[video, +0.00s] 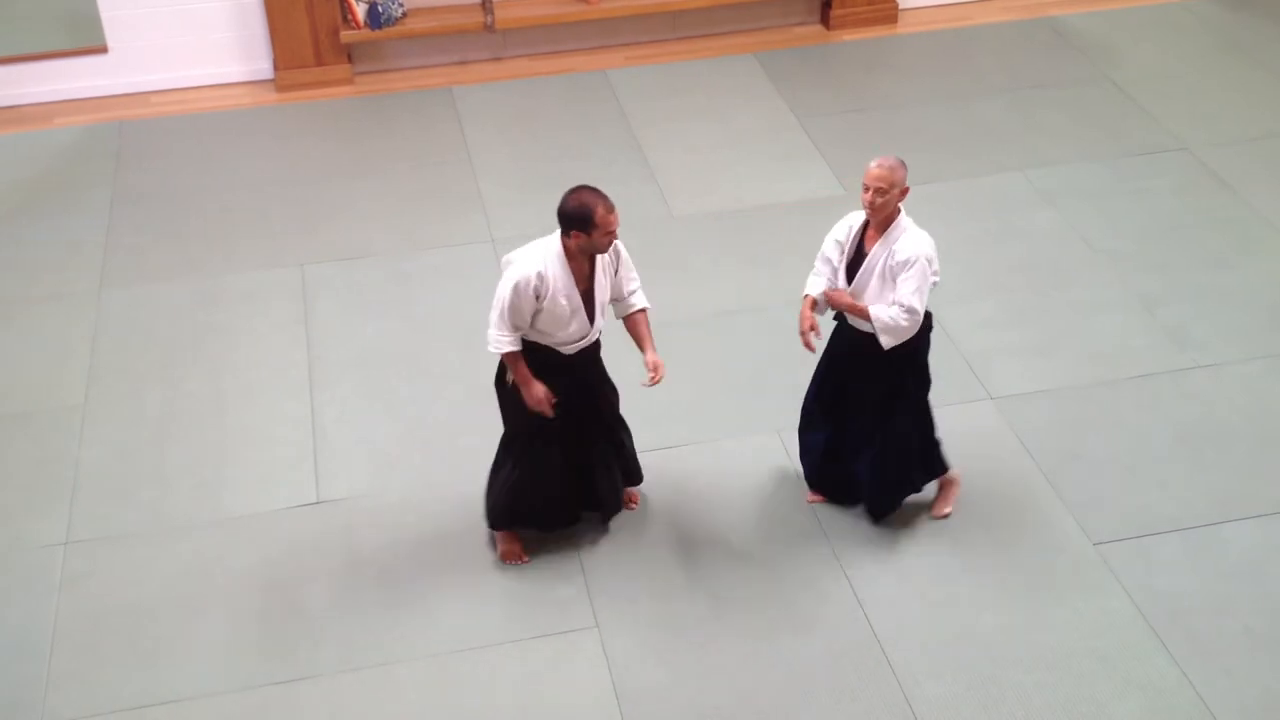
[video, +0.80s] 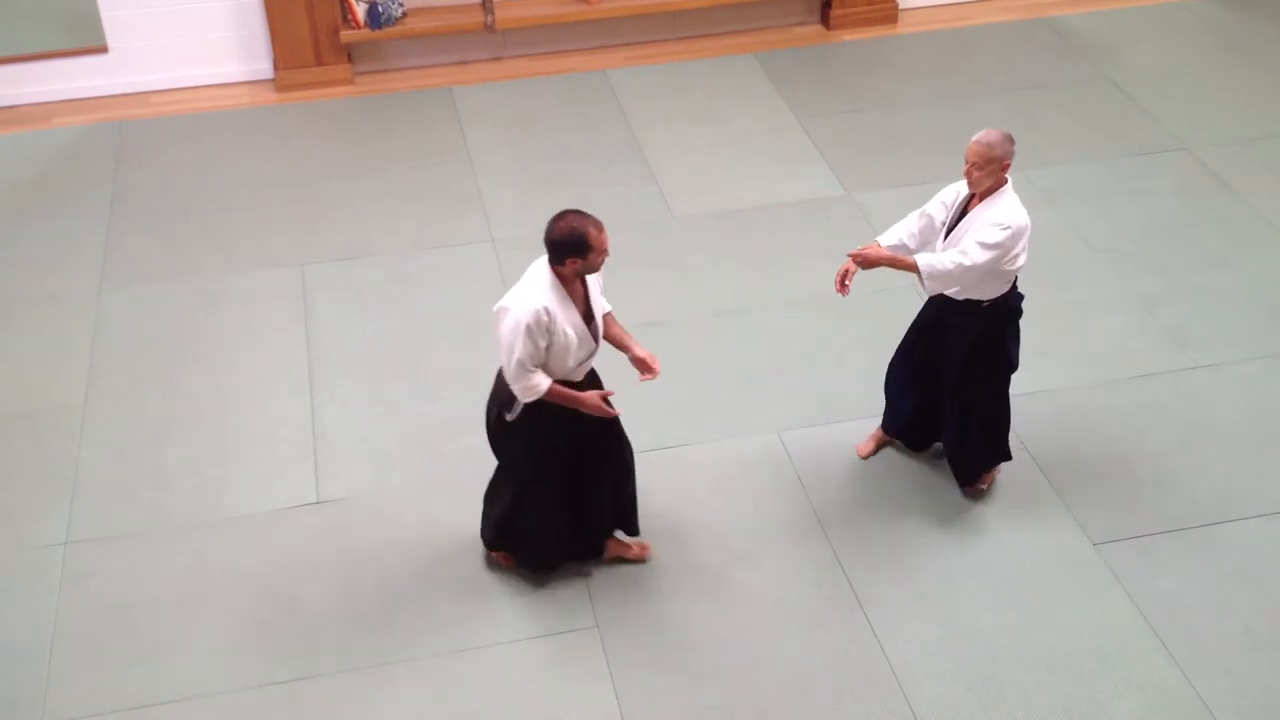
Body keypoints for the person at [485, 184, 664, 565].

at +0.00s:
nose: (614, 236)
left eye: (615, 228)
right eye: (607, 232)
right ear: (575, 237)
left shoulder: (611, 251)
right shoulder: (528, 271)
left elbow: (630, 300)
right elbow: (501, 335)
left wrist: (649, 350)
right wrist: (527, 384)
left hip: (584, 356)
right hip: (533, 364)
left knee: (605, 420)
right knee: (527, 442)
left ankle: (615, 483)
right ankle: (504, 524)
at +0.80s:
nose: (606, 255)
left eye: (605, 249)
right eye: (601, 253)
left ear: (574, 261)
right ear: (573, 263)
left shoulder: (585, 274)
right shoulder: (527, 309)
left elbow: (601, 315)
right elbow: (522, 378)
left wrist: (631, 348)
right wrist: (578, 399)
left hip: (580, 384)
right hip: (529, 403)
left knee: (609, 451)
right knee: (530, 472)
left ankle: (601, 538)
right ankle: (502, 542)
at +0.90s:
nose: (626, 255)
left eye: (625, 249)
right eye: (621, 252)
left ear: (594, 259)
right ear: (595, 262)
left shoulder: (601, 275)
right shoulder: (551, 312)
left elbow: (615, 318)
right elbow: (551, 384)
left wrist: (654, 346)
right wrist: (610, 400)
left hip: (597, 396)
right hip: (552, 411)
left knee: (621, 469)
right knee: (553, 482)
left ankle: (627, 549)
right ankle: (508, 526)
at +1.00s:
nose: (646, 249)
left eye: (645, 243)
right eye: (642, 246)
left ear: (615, 254)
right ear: (618, 257)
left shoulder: (617, 272)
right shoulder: (576, 310)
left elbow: (636, 315)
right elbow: (587, 385)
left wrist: (679, 336)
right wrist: (645, 394)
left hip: (610, 400)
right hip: (571, 414)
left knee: (633, 475)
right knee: (581, 493)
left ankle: (629, 553)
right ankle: (523, 522)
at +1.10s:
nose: (665, 240)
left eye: (663, 234)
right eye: (660, 236)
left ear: (632, 245)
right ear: (638, 248)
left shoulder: (625, 268)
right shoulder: (601, 304)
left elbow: (657, 309)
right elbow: (632, 377)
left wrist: (704, 321)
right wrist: (691, 377)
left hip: (619, 394)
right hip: (587, 405)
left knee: (640, 470)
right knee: (593, 485)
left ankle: (633, 550)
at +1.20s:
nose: (679, 238)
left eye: (677, 232)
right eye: (675, 234)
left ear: (643, 242)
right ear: (655, 247)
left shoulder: (628, 268)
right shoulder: (628, 302)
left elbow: (675, 303)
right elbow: (687, 359)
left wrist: (729, 308)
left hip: (629, 395)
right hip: (603, 409)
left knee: (666, 452)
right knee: (592, 487)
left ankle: (645, 540)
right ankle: (555, 552)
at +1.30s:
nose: (699, 234)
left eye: (696, 227)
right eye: (694, 230)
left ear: (664, 240)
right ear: (676, 245)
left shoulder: (641, 271)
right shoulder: (665, 297)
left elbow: (705, 299)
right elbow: (738, 338)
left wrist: (760, 295)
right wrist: (790, 317)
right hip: (626, 409)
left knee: (680, 454)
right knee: (602, 488)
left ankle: (670, 525)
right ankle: (554, 549)